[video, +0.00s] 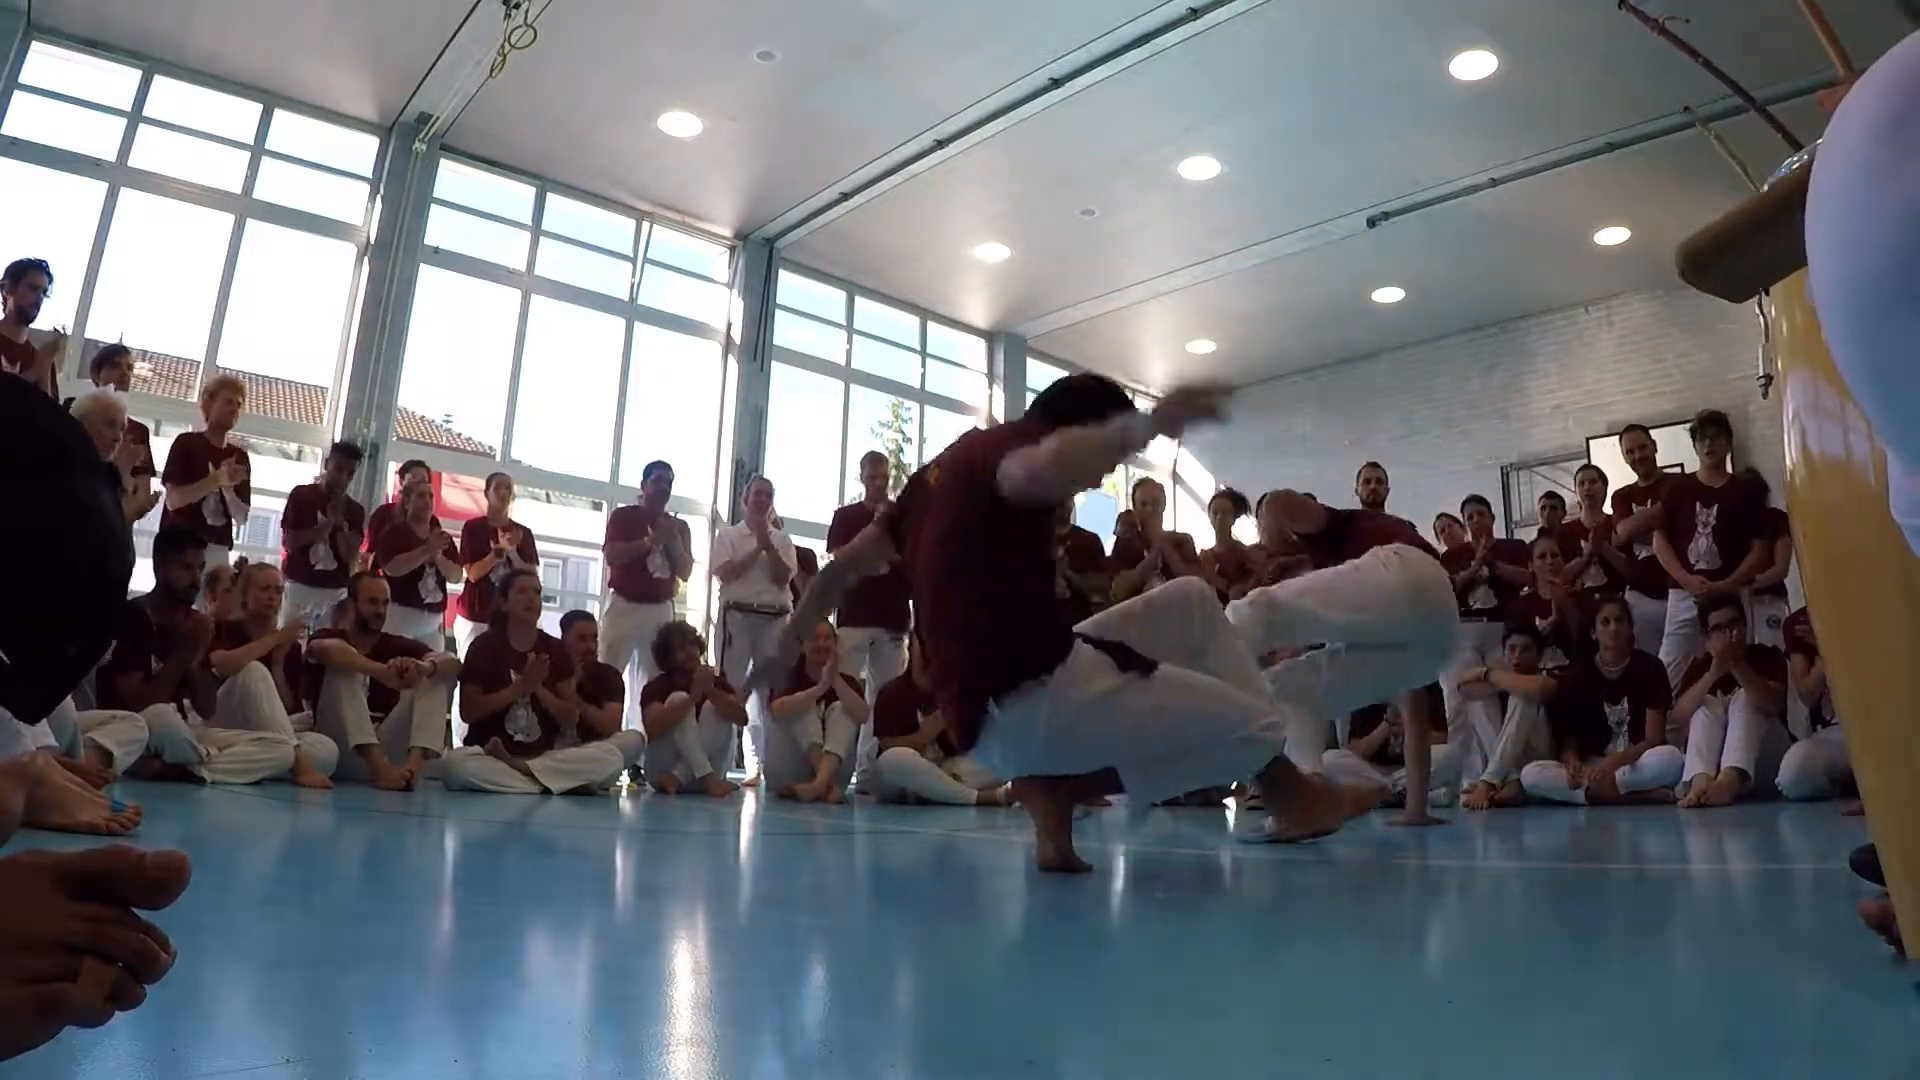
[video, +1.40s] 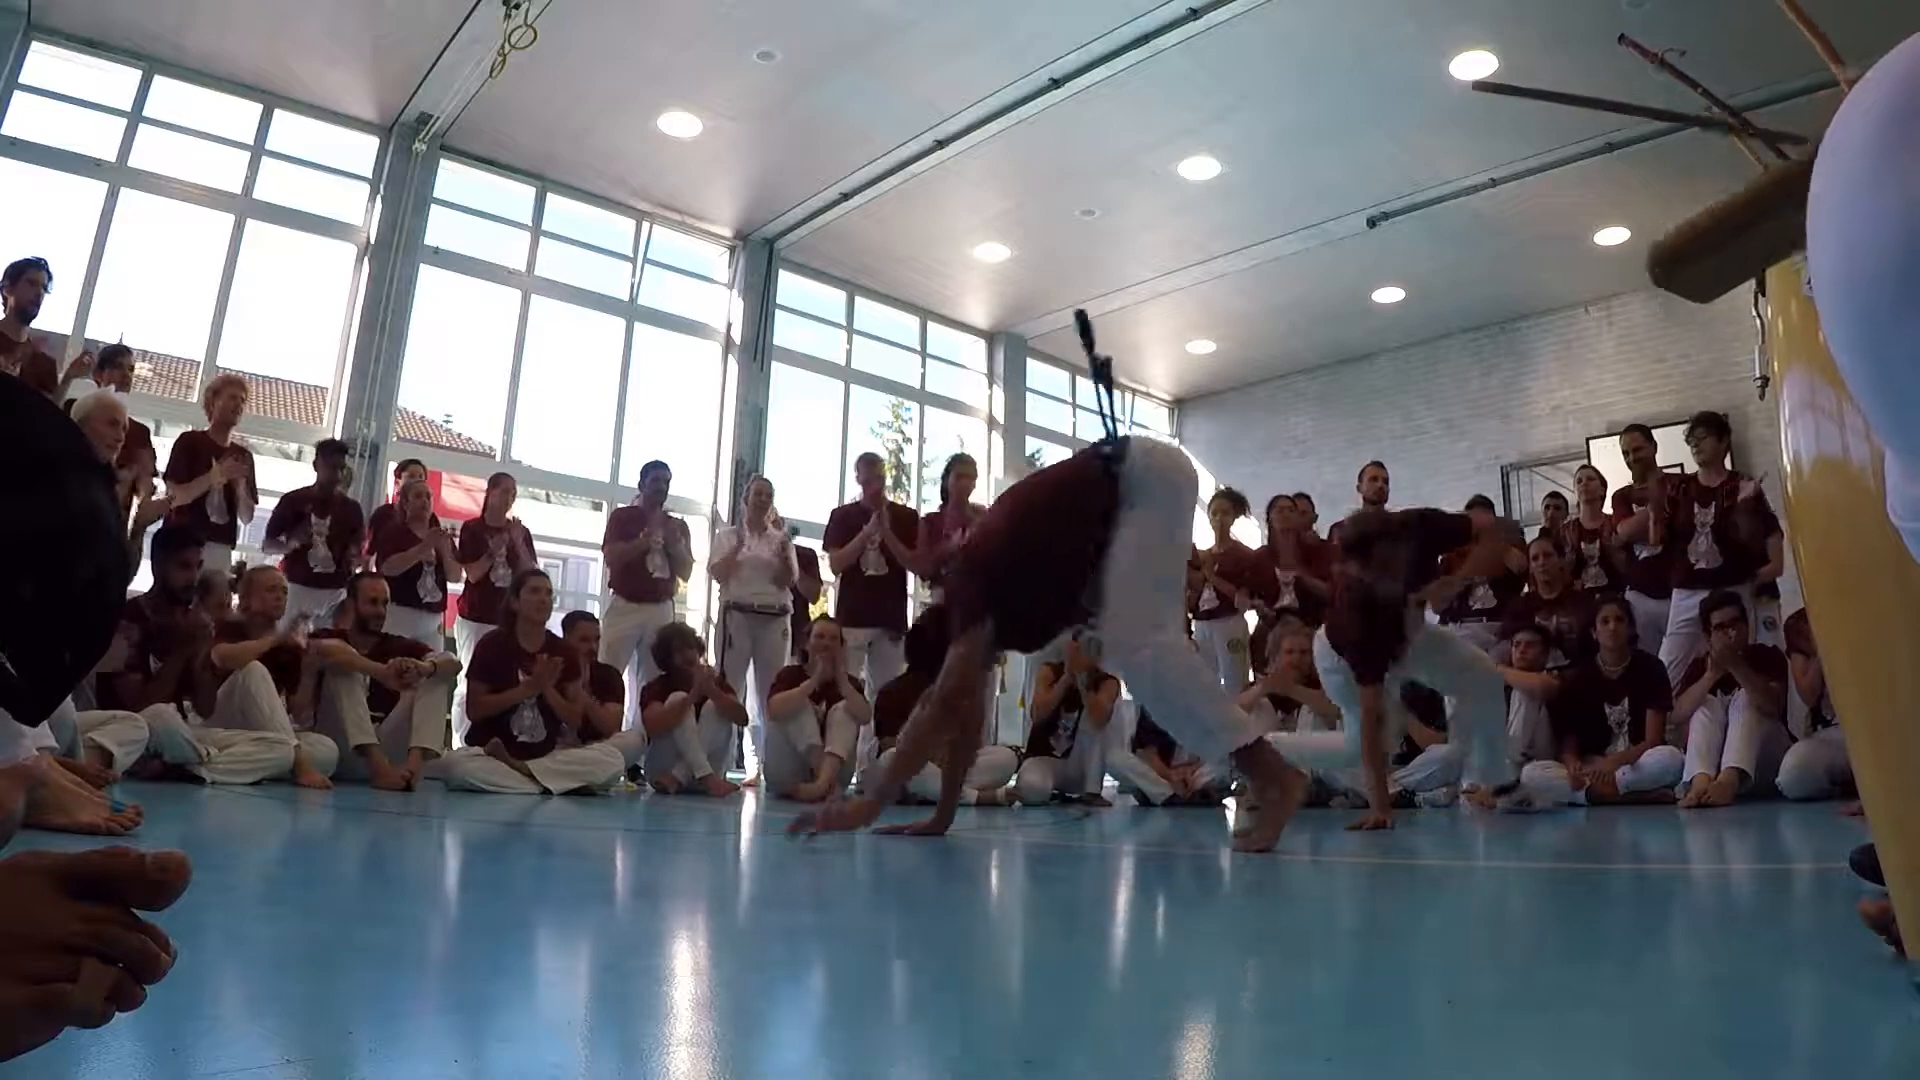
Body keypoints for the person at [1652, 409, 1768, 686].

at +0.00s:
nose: (1709, 445)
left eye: (1716, 438)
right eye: (1702, 439)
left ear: (1728, 443)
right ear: (1695, 445)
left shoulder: (1748, 488)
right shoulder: (1676, 488)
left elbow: (1760, 551)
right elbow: (1659, 540)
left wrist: (1726, 585)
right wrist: (1685, 579)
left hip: (1731, 592)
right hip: (1684, 594)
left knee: (1734, 669)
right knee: (1670, 671)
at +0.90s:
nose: (1702, 443)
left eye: (1710, 437)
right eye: (1697, 438)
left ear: (1729, 443)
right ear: (1693, 445)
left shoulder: (1748, 490)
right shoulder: (1677, 488)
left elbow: (1763, 550)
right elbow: (1653, 538)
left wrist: (1724, 571)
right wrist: (1684, 563)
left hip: (1731, 595)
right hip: (1684, 596)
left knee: (1733, 674)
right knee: (1668, 674)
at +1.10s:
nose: (1698, 445)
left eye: (1706, 438)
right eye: (1695, 440)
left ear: (1726, 443)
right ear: (1691, 446)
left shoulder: (1743, 483)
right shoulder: (1680, 486)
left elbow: (1756, 540)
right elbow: (1664, 536)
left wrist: (1721, 522)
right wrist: (1698, 533)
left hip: (1735, 587)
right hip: (1688, 590)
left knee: (1739, 665)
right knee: (1667, 672)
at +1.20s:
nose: (1697, 445)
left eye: (1705, 438)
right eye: (1694, 440)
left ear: (1726, 443)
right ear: (1691, 446)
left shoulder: (1744, 485)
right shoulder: (1680, 486)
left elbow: (1756, 536)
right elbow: (1662, 535)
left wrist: (1722, 519)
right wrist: (1692, 527)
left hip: (1734, 587)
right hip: (1687, 590)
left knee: (1739, 665)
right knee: (1667, 672)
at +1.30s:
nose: (1695, 446)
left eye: (1702, 439)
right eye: (1691, 441)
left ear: (1724, 443)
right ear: (1688, 446)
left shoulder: (1744, 485)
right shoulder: (1680, 487)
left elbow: (1775, 529)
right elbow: (1651, 539)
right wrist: (1669, 518)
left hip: (1734, 587)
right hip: (1687, 591)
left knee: (1738, 665)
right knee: (1669, 671)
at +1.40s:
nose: (1695, 447)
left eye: (1701, 440)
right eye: (1691, 443)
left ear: (1724, 443)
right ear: (1688, 448)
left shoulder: (1744, 487)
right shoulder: (1680, 489)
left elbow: (1772, 531)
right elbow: (1657, 542)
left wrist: (1776, 567)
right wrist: (1655, 503)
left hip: (1735, 587)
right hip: (1688, 590)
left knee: (1740, 664)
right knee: (1668, 670)